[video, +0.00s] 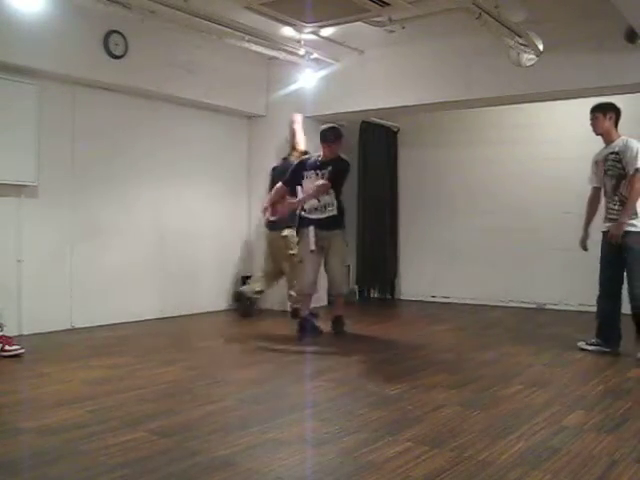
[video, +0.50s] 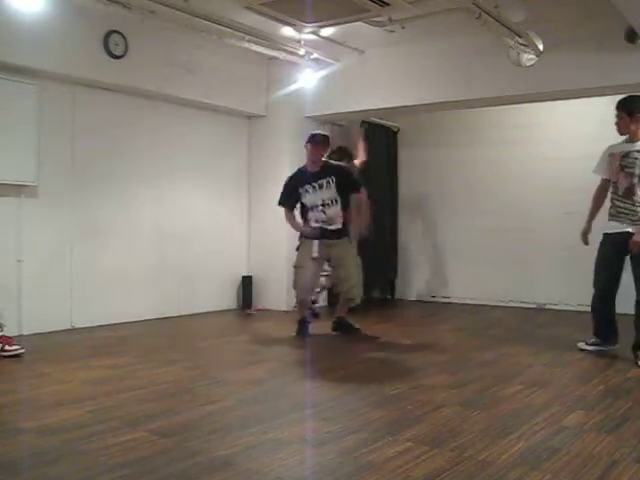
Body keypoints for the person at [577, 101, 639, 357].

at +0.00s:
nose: (592, 124)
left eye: (596, 119)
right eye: (591, 120)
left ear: (611, 119)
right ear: (600, 122)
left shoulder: (631, 147)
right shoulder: (599, 157)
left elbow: (634, 187)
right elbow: (595, 194)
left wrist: (621, 223)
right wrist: (586, 229)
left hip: (632, 230)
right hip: (610, 231)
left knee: (634, 291)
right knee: (608, 289)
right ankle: (607, 340)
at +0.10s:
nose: (591, 124)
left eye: (595, 118)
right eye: (591, 119)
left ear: (611, 118)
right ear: (601, 121)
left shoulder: (631, 148)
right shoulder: (596, 157)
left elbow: (635, 188)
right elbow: (590, 194)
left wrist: (622, 223)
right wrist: (579, 228)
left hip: (634, 230)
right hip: (609, 230)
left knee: (636, 289)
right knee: (607, 288)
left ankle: (637, 343)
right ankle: (607, 340)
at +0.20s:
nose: (593, 123)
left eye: (598, 118)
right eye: (593, 118)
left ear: (613, 118)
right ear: (602, 120)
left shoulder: (632, 150)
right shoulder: (596, 156)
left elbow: (636, 192)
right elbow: (588, 193)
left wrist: (627, 228)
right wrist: (575, 228)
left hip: (633, 232)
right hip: (607, 231)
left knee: (636, 291)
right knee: (606, 289)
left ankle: (637, 345)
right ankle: (607, 340)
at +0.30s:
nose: (600, 122)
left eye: (604, 117)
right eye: (599, 117)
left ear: (620, 118)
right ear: (608, 120)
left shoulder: (636, 151)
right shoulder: (601, 155)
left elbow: (637, 195)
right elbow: (590, 192)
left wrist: (633, 233)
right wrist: (575, 227)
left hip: (633, 233)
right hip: (607, 232)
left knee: (636, 293)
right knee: (605, 289)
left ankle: (637, 346)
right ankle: (606, 340)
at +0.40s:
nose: (608, 122)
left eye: (613, 116)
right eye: (608, 116)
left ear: (630, 118)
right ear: (622, 119)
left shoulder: (638, 152)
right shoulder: (606, 153)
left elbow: (638, 199)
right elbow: (595, 191)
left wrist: (635, 232)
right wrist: (580, 225)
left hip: (635, 233)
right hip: (610, 231)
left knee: (636, 293)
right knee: (605, 287)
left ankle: (637, 348)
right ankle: (606, 339)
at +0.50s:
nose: (616, 122)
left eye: (620, 117)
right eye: (616, 117)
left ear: (633, 118)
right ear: (629, 119)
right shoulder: (615, 150)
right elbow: (603, 188)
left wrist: (637, 233)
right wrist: (589, 222)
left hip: (635, 230)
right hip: (616, 229)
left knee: (638, 294)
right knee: (603, 286)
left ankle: (637, 347)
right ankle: (605, 338)